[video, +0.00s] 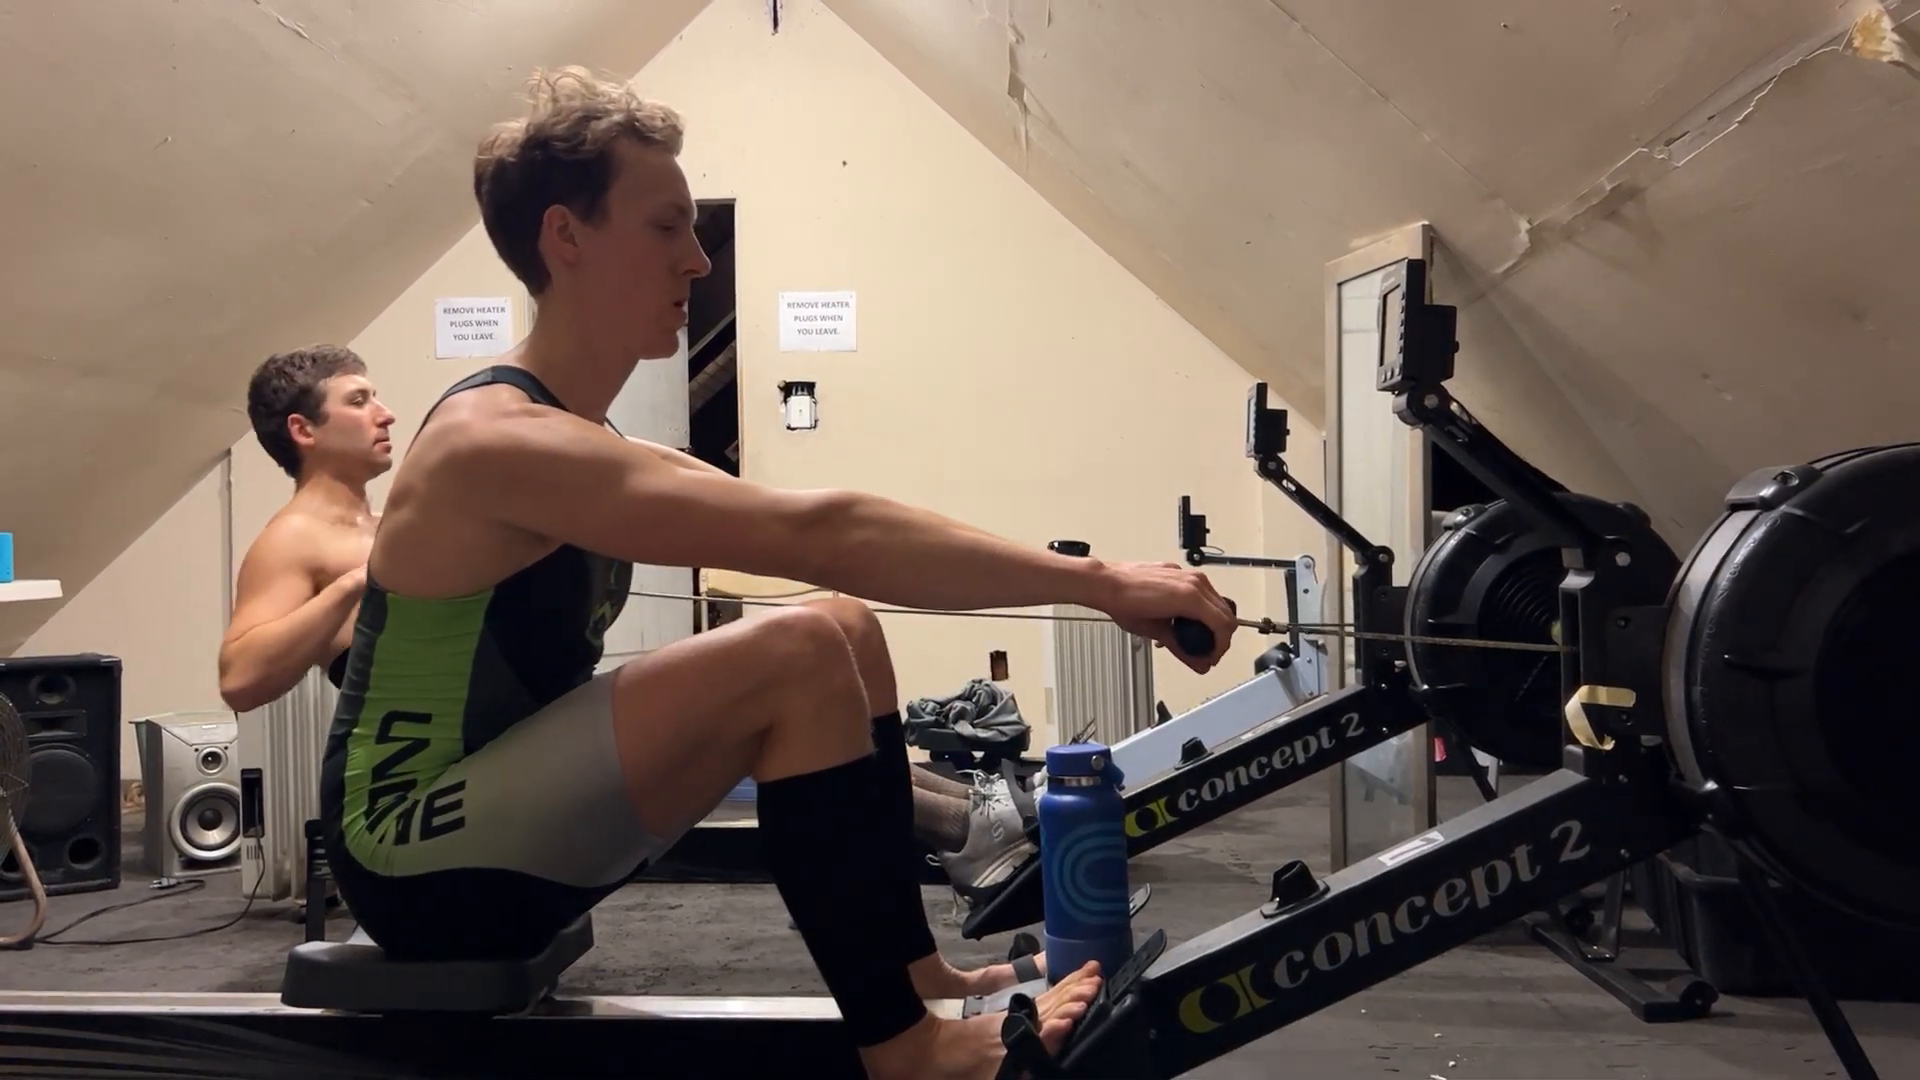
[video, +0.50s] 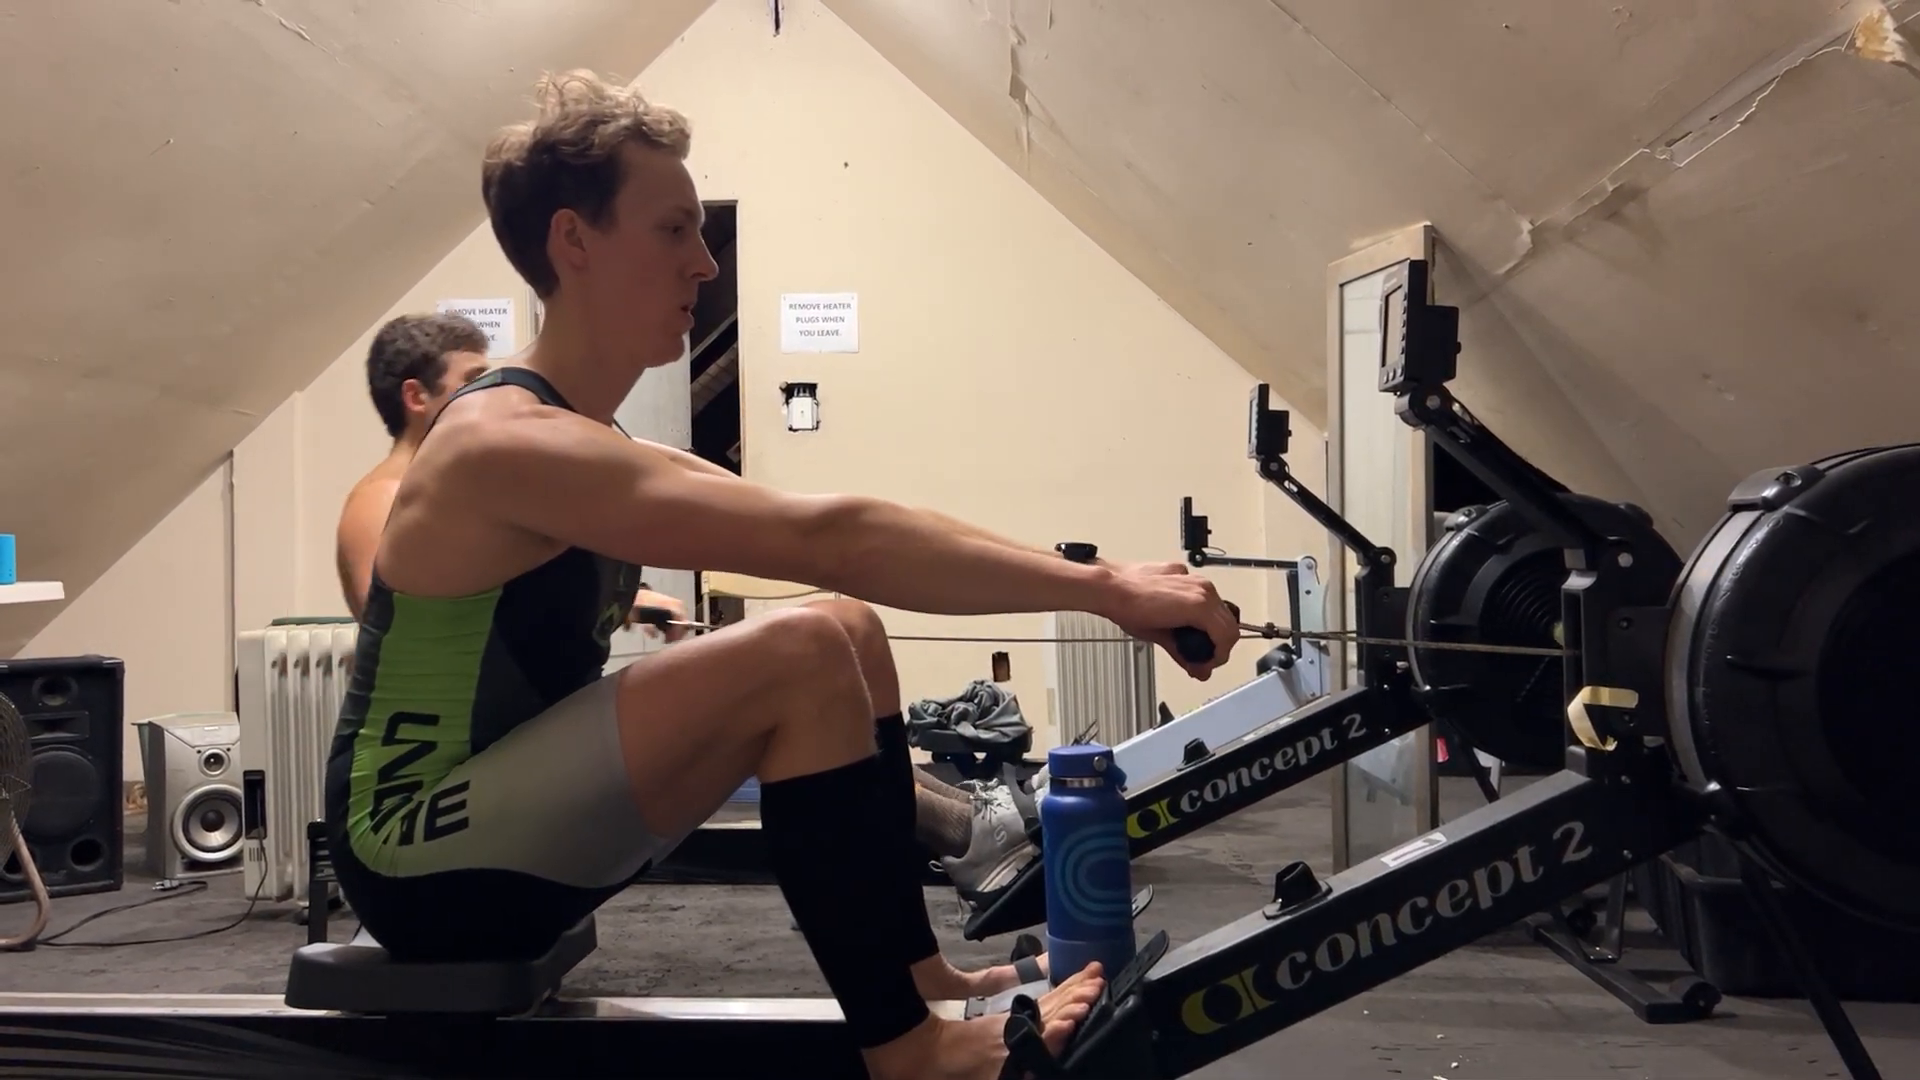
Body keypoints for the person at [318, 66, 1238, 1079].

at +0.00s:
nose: (698, 262)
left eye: (691, 230)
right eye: (668, 229)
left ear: (573, 246)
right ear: (565, 243)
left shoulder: (568, 435)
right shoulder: (498, 440)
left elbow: (816, 547)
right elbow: (815, 535)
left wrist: (1083, 582)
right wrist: (1102, 583)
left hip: (492, 814)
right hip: (424, 850)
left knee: (847, 634)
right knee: (797, 658)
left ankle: (914, 982)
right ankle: (894, 1040)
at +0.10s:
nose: (700, 262)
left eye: (692, 231)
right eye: (671, 230)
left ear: (575, 246)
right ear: (567, 244)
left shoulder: (569, 436)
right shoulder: (500, 441)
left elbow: (824, 546)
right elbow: (820, 536)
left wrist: (1089, 582)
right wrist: (1103, 584)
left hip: (492, 817)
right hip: (424, 850)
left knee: (848, 635)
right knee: (798, 657)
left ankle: (915, 986)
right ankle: (894, 1042)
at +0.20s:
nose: (701, 265)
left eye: (694, 232)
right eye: (671, 232)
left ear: (577, 246)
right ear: (568, 243)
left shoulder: (571, 438)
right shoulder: (502, 441)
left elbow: (824, 546)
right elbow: (820, 537)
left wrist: (1089, 582)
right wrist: (1104, 586)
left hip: (495, 816)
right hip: (426, 849)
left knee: (849, 636)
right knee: (799, 658)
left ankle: (914, 982)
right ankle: (894, 1042)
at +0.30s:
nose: (703, 265)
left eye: (695, 233)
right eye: (673, 232)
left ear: (578, 249)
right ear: (569, 246)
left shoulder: (575, 440)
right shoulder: (500, 441)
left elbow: (822, 547)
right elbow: (818, 538)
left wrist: (1088, 583)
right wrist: (1106, 586)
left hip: (492, 818)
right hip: (425, 851)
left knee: (851, 638)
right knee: (800, 660)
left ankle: (918, 987)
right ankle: (897, 1042)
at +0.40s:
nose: (705, 265)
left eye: (697, 233)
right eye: (675, 232)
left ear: (580, 249)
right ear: (571, 246)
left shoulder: (577, 442)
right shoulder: (504, 443)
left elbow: (822, 547)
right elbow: (818, 540)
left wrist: (1089, 581)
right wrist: (1105, 587)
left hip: (491, 819)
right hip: (425, 851)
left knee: (852, 638)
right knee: (803, 659)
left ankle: (920, 990)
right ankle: (898, 1043)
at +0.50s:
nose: (706, 267)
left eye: (698, 234)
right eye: (675, 233)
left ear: (580, 250)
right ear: (571, 247)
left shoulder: (577, 442)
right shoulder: (504, 441)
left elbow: (823, 545)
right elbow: (818, 540)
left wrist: (1087, 580)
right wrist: (1105, 587)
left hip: (491, 820)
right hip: (425, 851)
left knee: (852, 639)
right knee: (802, 659)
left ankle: (920, 989)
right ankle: (898, 1043)